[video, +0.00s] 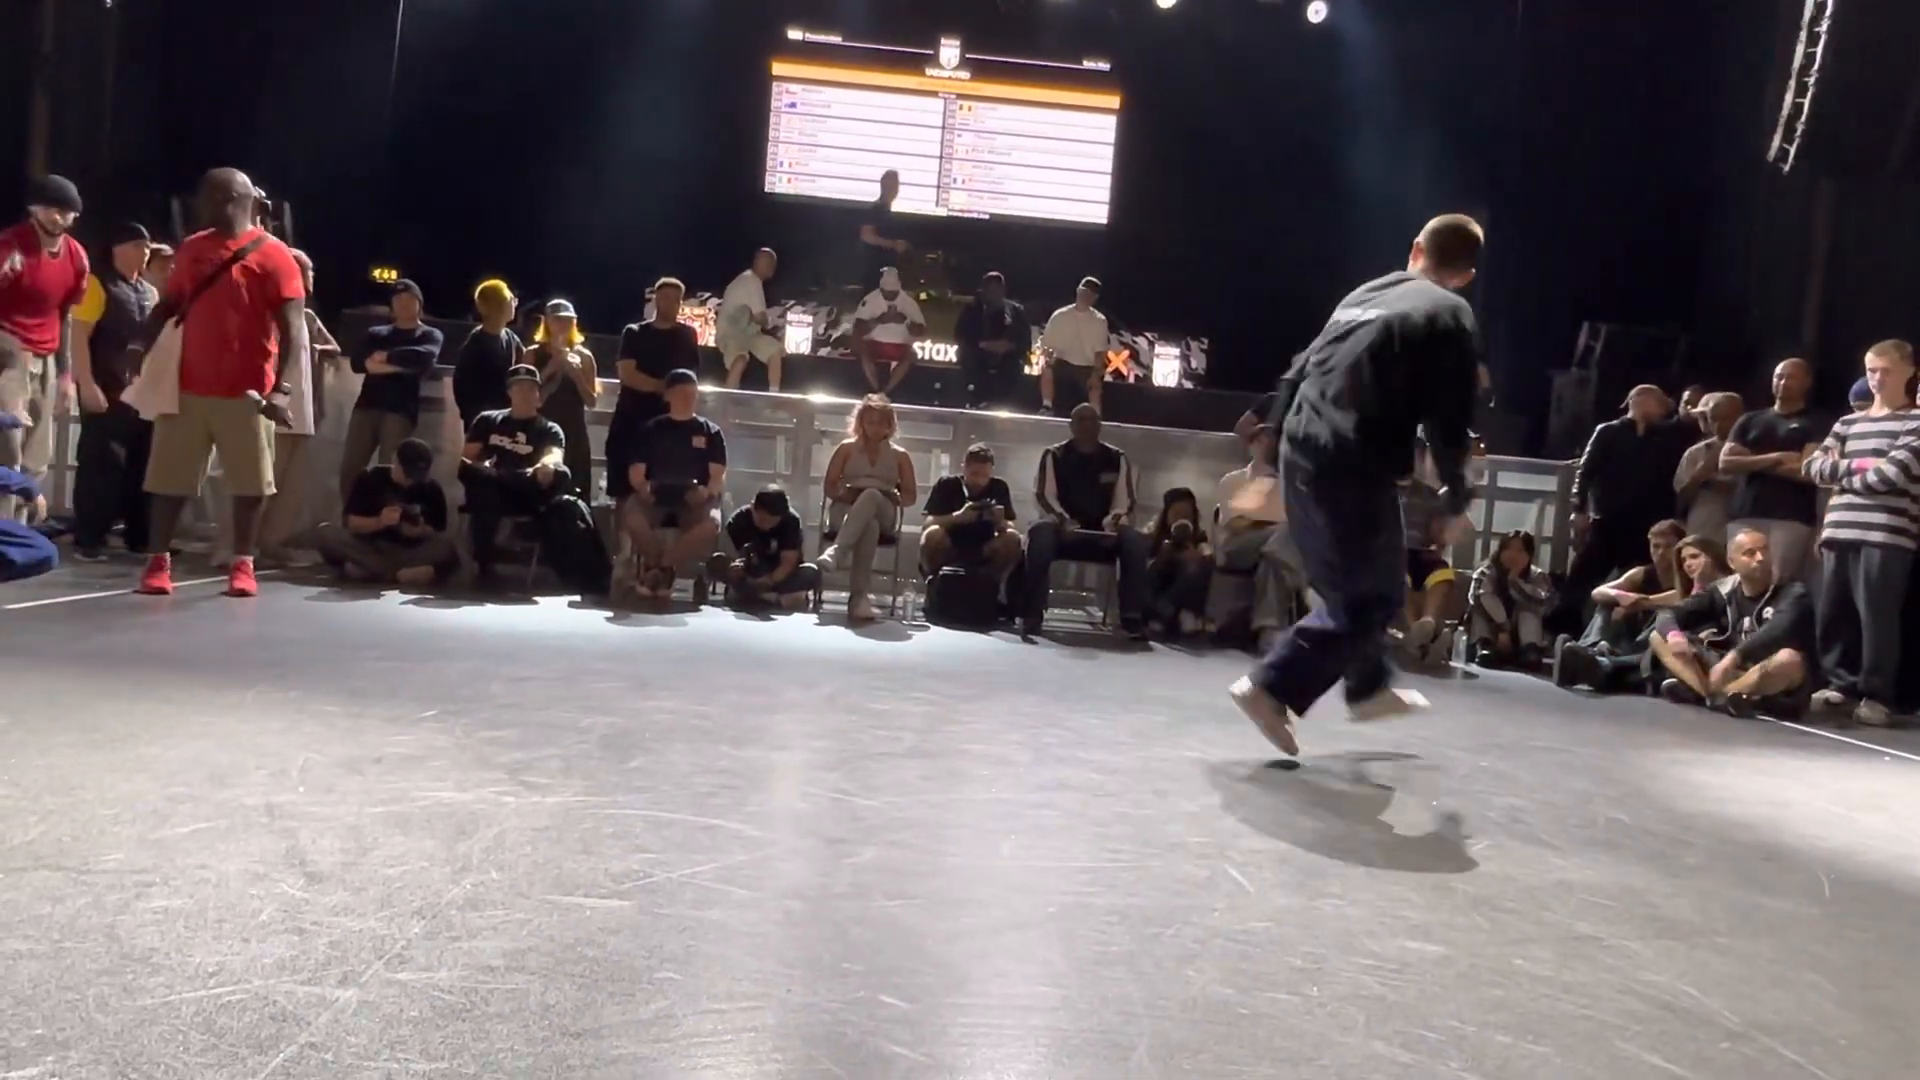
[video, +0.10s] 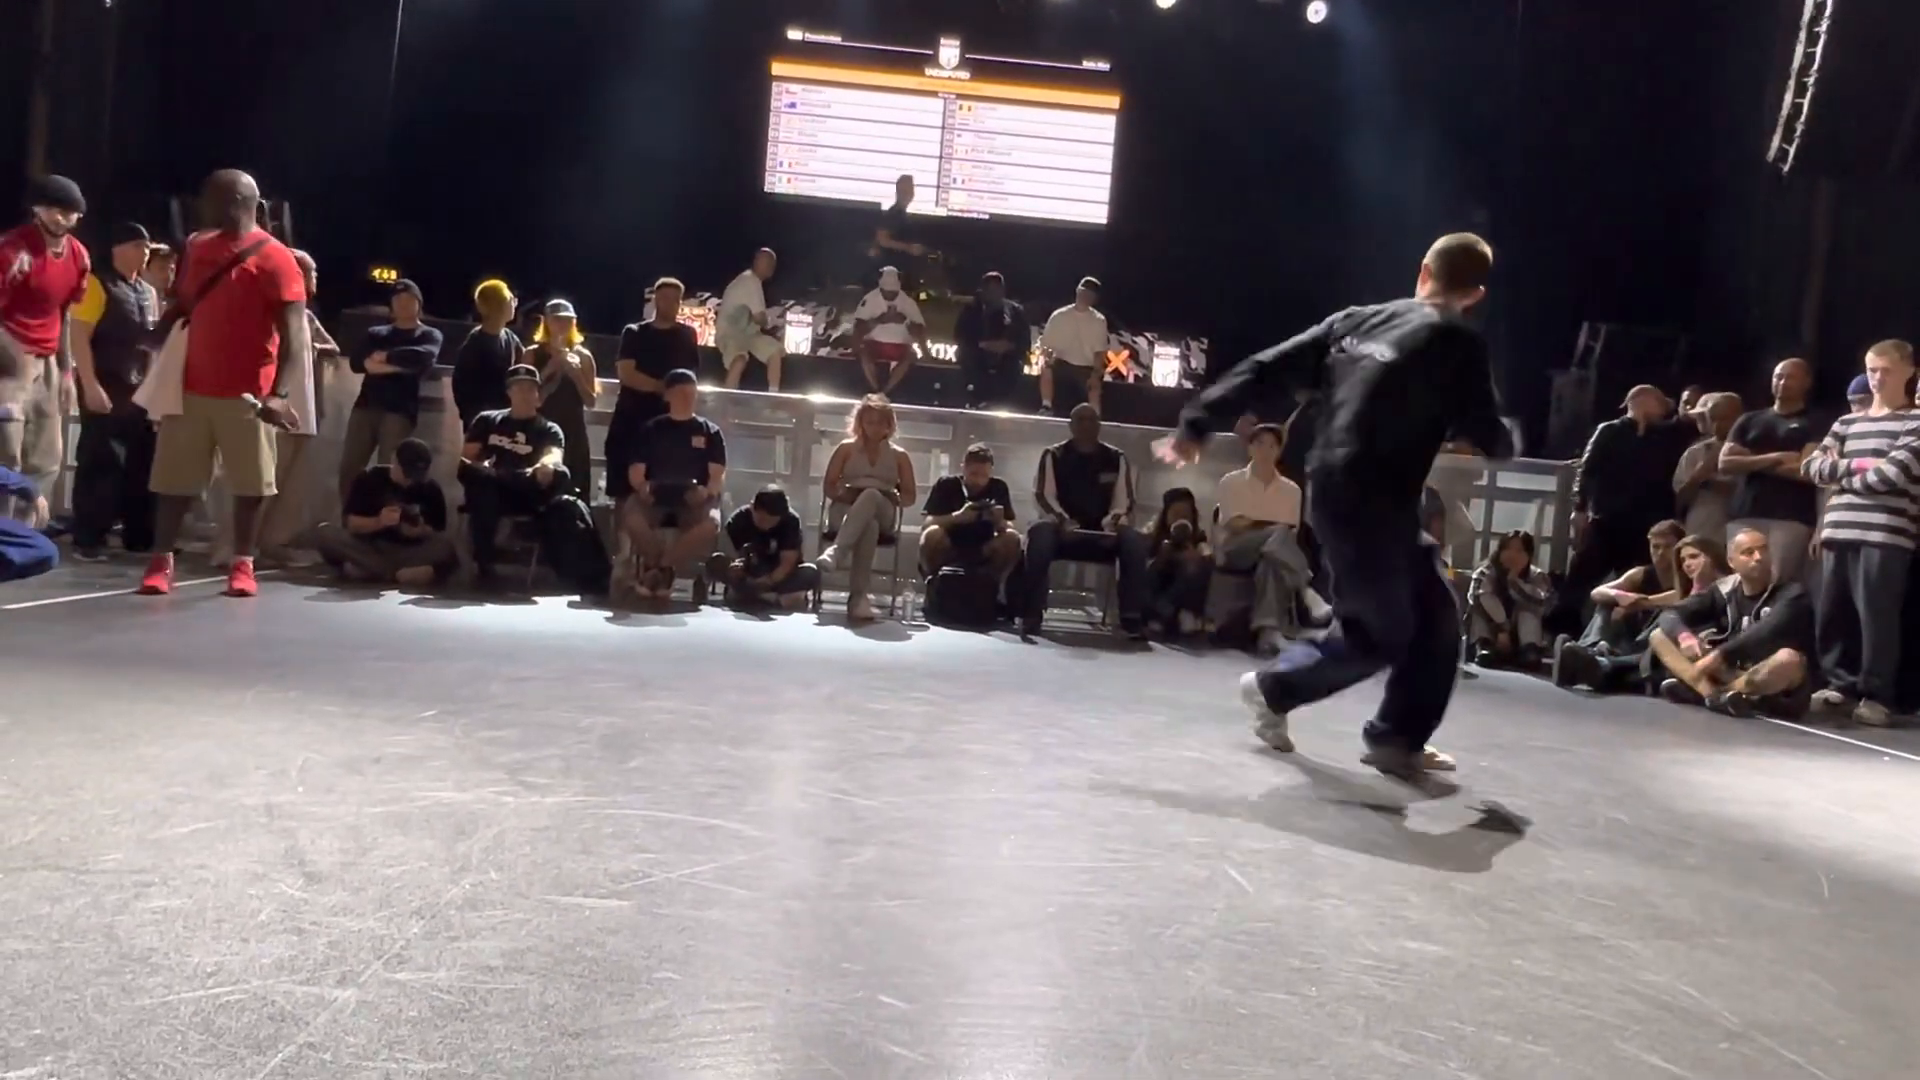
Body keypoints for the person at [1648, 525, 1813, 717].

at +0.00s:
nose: (1760, 558)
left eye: (1763, 551)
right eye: (1750, 553)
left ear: (1770, 554)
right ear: (1732, 561)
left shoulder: (1793, 592)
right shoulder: (1721, 591)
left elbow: (1779, 630)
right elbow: (1667, 615)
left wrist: (1733, 658)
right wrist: (1673, 635)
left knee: (1789, 660)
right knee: (1659, 638)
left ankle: (1709, 695)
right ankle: (1718, 697)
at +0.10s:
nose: (1758, 558)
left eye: (1762, 550)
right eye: (1748, 552)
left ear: (1770, 554)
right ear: (1732, 561)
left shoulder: (1792, 593)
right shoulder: (1722, 591)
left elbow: (1768, 633)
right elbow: (1669, 616)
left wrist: (1717, 655)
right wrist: (1685, 638)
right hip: (1728, 674)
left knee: (1789, 659)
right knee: (1658, 637)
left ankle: (1717, 694)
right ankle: (1713, 694)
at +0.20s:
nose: (1757, 557)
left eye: (1762, 550)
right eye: (1748, 552)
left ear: (1769, 554)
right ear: (1732, 560)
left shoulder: (1791, 593)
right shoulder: (1723, 590)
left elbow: (1765, 632)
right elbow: (1670, 616)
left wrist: (1711, 655)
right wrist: (1688, 636)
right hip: (1727, 672)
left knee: (1788, 659)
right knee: (1659, 636)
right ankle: (1711, 695)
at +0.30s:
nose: (1758, 556)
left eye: (1763, 549)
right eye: (1748, 551)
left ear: (1770, 554)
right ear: (1732, 560)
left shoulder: (1792, 592)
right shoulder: (1723, 591)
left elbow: (1765, 631)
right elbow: (1671, 616)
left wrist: (1712, 656)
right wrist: (1690, 637)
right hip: (1725, 671)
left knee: (1788, 659)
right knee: (1658, 636)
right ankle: (1711, 694)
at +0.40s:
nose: (1758, 555)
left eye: (1763, 549)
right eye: (1749, 550)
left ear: (1770, 553)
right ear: (1732, 560)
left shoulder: (1792, 591)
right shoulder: (1722, 590)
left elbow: (1766, 631)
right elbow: (1671, 617)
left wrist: (1712, 661)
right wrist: (1695, 637)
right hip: (1725, 671)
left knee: (1787, 659)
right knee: (1658, 636)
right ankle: (1711, 694)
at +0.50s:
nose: (1760, 555)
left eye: (1765, 548)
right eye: (1750, 550)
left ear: (1772, 553)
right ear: (1734, 559)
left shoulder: (1793, 590)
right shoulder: (1724, 589)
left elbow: (1769, 629)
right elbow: (1673, 617)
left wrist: (1717, 659)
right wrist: (1698, 636)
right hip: (1726, 672)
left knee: (1789, 658)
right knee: (1659, 636)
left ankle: (1706, 694)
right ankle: (1713, 694)